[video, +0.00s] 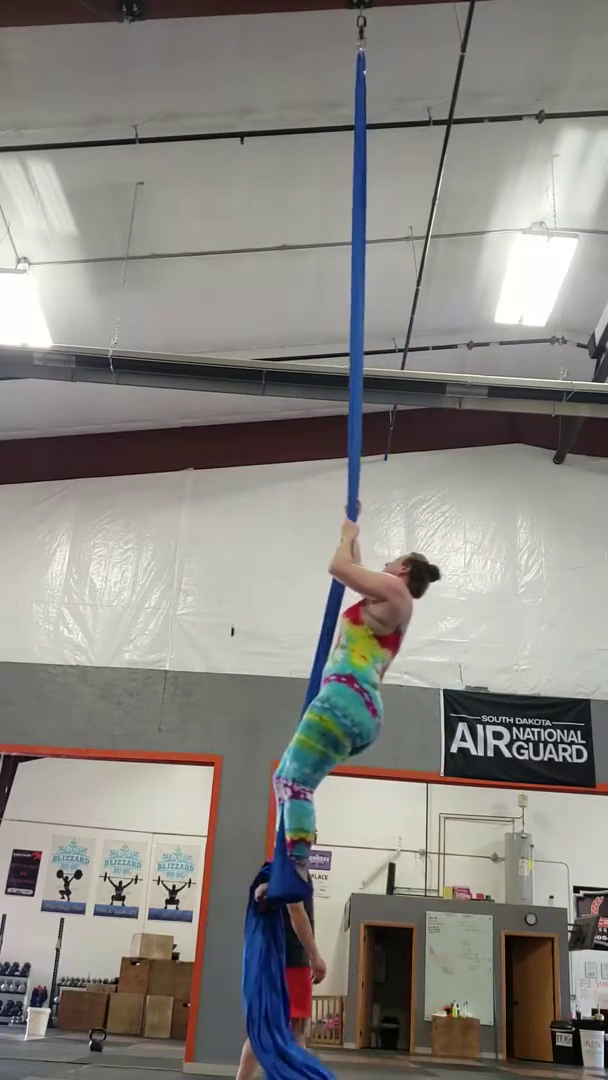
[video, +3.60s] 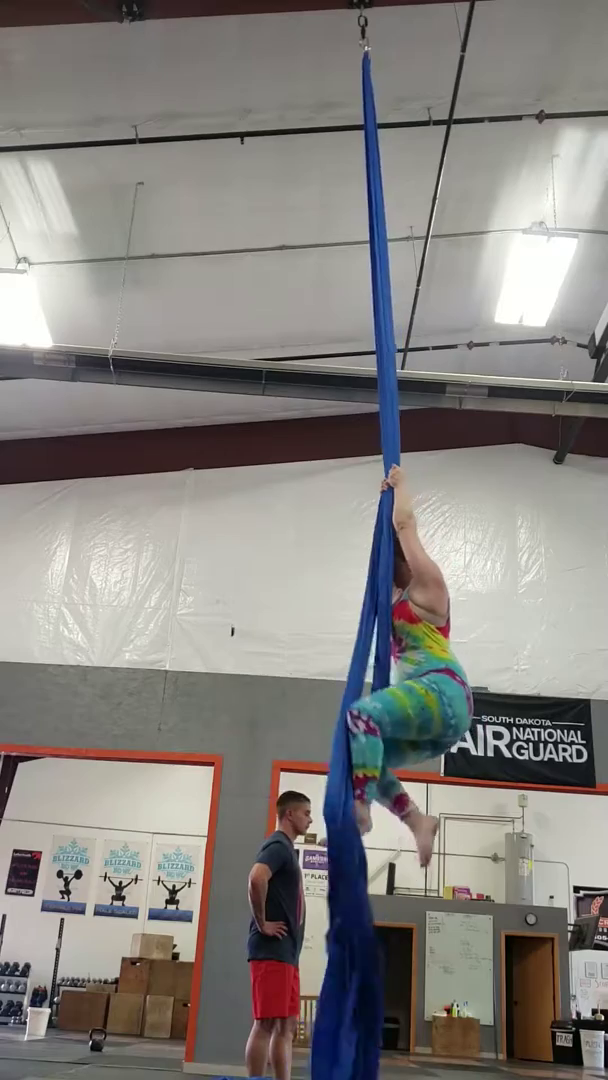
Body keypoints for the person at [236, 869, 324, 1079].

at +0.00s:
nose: (315, 841)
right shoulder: (291, 867)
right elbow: (297, 914)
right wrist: (315, 955)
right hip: (292, 961)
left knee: (260, 1027)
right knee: (296, 1030)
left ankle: (243, 1075)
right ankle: (296, 1074)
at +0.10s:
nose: (308, 833)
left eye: (307, 826)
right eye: (304, 827)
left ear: (284, 830)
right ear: (292, 830)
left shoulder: (276, 861)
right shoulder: (285, 863)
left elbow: (290, 913)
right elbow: (292, 911)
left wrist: (307, 949)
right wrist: (313, 950)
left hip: (267, 956)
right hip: (281, 959)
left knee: (255, 1025)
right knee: (287, 1029)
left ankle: (239, 1074)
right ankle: (290, 1076)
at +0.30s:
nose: (298, 828)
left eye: (297, 823)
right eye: (293, 823)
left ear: (279, 826)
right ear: (276, 824)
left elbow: (233, 884)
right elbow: (277, 901)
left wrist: (226, 890)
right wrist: (299, 942)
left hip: (251, 951)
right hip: (270, 953)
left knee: (246, 1021)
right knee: (284, 1021)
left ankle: (237, 1074)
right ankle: (283, 1074)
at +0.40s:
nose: (294, 828)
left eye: (294, 823)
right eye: (290, 823)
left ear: (272, 825)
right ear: (274, 824)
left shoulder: (256, 851)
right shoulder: (272, 853)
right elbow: (272, 902)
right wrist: (291, 943)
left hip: (249, 947)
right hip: (266, 949)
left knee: (245, 1020)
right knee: (283, 1017)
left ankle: (236, 1075)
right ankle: (278, 1074)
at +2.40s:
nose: (304, 813)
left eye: (303, 807)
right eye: (298, 807)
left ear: (279, 812)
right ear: (291, 812)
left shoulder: (299, 849)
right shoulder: (281, 844)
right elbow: (259, 877)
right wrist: (263, 917)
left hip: (292, 948)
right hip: (275, 947)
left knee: (288, 1025)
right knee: (267, 1024)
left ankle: (283, 1076)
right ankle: (255, 1075)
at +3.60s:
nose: (310, 819)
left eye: (310, 814)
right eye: (306, 813)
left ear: (289, 816)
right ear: (288, 814)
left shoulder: (287, 848)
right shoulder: (278, 845)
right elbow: (257, 878)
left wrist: (290, 925)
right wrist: (262, 923)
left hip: (286, 950)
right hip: (271, 949)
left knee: (287, 1026)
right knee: (265, 1025)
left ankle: (282, 1077)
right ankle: (256, 1076)